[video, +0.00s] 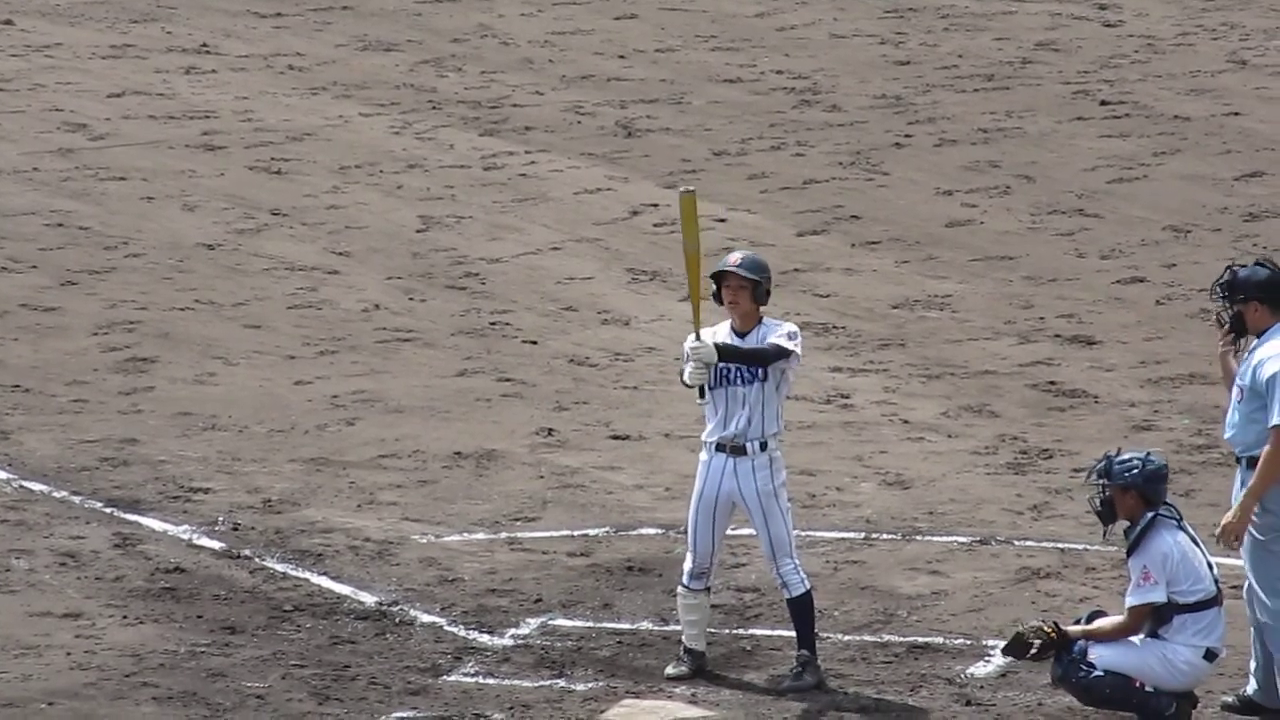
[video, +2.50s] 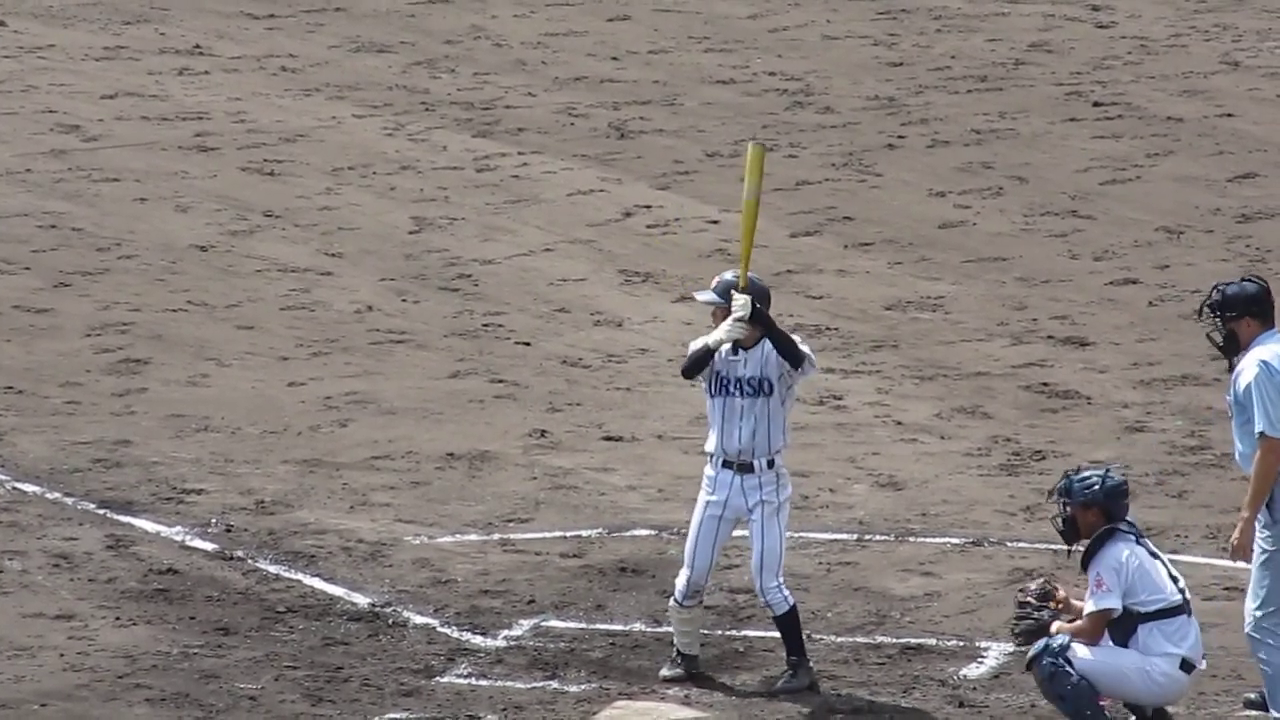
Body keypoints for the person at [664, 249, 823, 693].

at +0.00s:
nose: (730, 293)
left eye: (740, 286)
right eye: (725, 285)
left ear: (760, 291)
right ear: (719, 291)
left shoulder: (782, 331)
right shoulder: (709, 338)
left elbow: (776, 357)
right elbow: (699, 388)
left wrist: (719, 353)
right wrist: (694, 376)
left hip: (760, 463)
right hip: (713, 461)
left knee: (784, 562)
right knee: (697, 560)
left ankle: (808, 661)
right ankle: (692, 653)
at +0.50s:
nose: (704, 302)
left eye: (711, 297)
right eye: (706, 295)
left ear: (729, 303)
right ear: (733, 303)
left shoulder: (771, 345)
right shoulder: (702, 346)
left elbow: (743, 388)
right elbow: (676, 397)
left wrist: (685, 370)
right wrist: (668, 389)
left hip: (757, 471)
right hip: (714, 468)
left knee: (773, 576)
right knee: (697, 566)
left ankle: (803, 667)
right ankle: (688, 657)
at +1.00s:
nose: (704, 306)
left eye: (710, 300)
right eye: (706, 299)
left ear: (730, 306)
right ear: (739, 306)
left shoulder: (769, 351)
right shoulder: (713, 348)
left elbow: (722, 399)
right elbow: (683, 402)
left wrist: (671, 372)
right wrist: (657, 392)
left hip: (754, 474)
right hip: (713, 470)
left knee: (763, 578)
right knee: (694, 567)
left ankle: (801, 664)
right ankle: (686, 657)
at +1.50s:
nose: (732, 314)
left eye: (739, 309)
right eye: (734, 307)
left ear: (760, 315)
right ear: (758, 313)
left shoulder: (809, 350)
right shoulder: (728, 354)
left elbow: (790, 384)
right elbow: (720, 414)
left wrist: (742, 355)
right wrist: (726, 388)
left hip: (781, 476)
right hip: (734, 472)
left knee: (780, 577)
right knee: (698, 568)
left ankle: (801, 665)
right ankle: (685, 649)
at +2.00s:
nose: (717, 317)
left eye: (723, 312)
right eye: (717, 312)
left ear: (742, 316)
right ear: (748, 313)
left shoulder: (784, 346)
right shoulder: (707, 347)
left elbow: (799, 369)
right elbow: (693, 392)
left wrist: (744, 337)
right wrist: (715, 365)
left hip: (759, 476)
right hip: (711, 472)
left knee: (761, 577)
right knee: (685, 572)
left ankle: (799, 660)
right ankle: (686, 651)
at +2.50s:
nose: (714, 314)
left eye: (720, 309)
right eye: (714, 309)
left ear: (741, 311)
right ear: (719, 311)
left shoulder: (782, 352)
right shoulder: (711, 349)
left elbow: (803, 364)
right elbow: (688, 369)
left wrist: (761, 319)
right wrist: (720, 336)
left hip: (765, 480)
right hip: (718, 477)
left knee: (768, 583)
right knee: (691, 578)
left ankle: (800, 667)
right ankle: (686, 658)